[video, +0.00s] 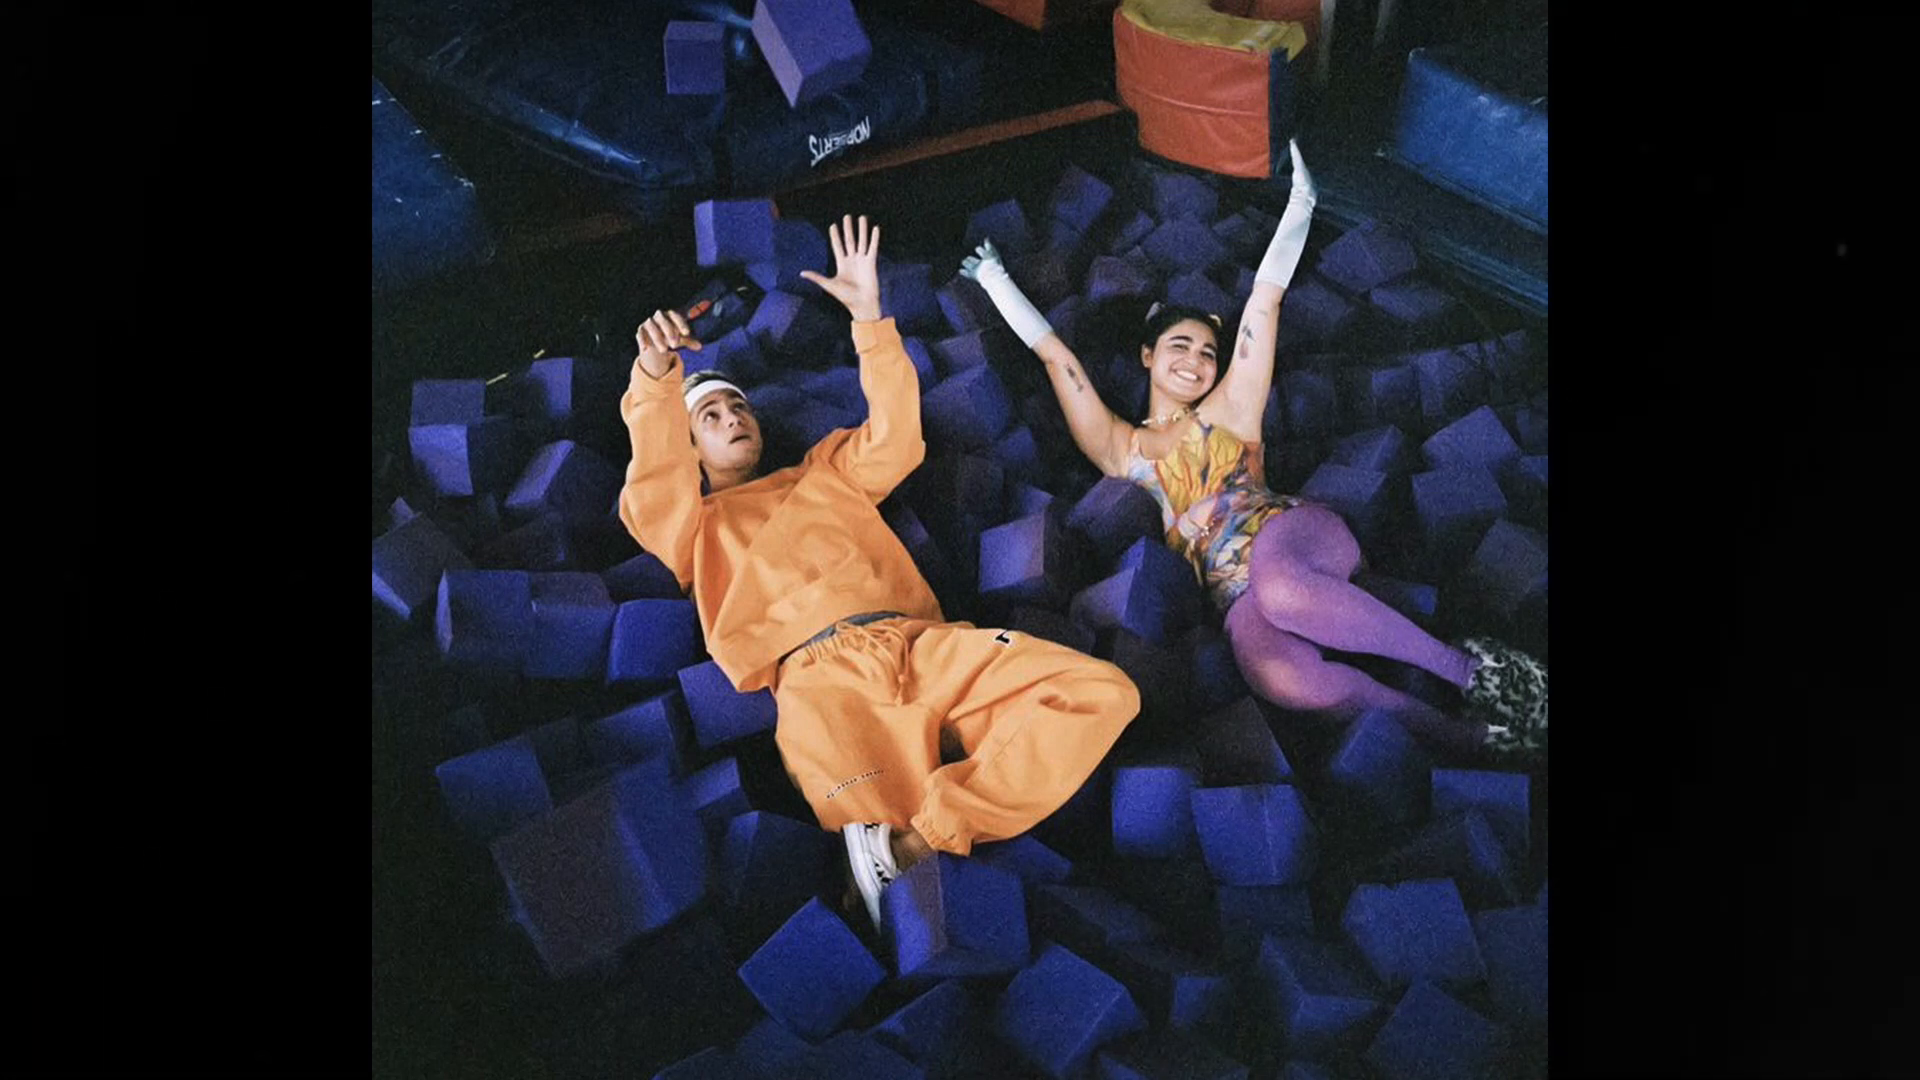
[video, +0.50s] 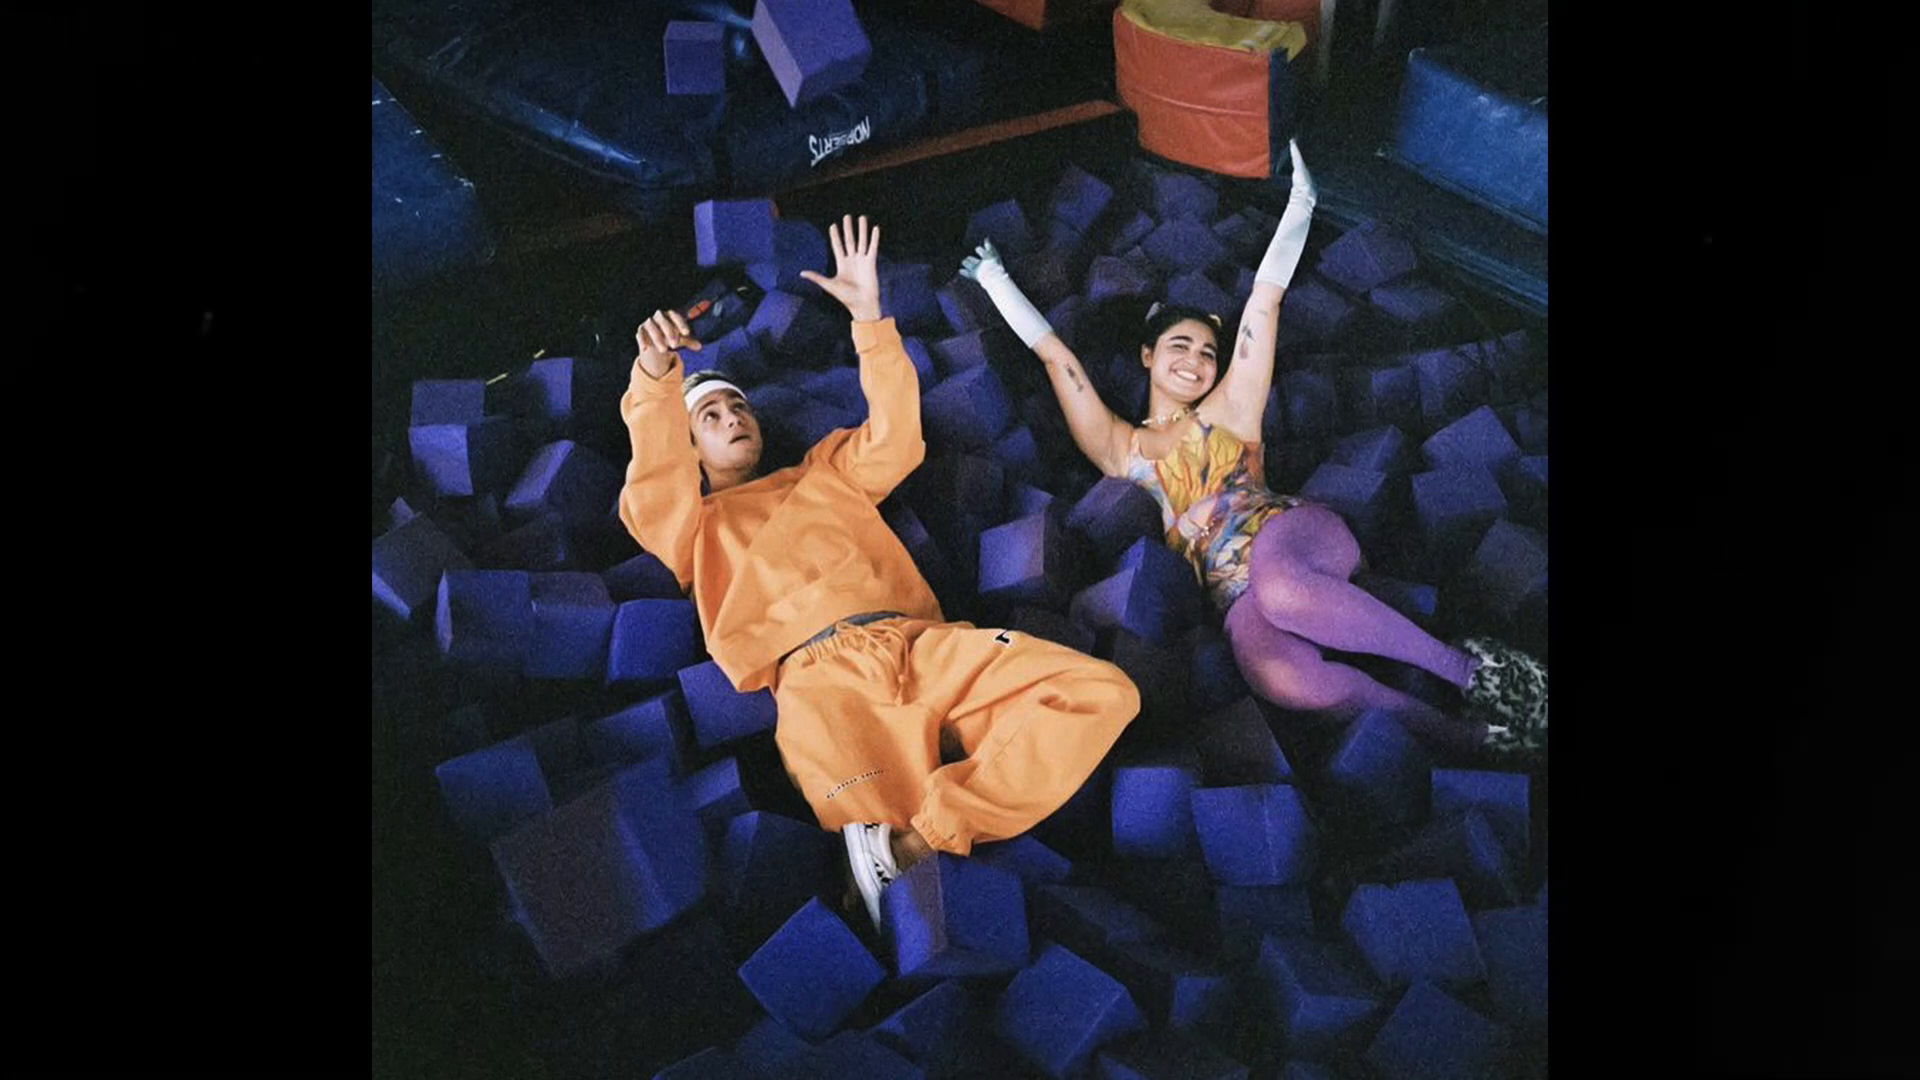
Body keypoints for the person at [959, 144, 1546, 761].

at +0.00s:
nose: (1191, 360)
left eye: (1205, 354)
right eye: (1176, 346)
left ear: (1216, 371)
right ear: (1145, 358)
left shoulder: (1230, 411)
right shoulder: (1122, 449)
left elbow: (1264, 305)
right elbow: (1058, 360)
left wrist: (1299, 208)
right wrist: (992, 278)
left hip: (1287, 530)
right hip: (1238, 596)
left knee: (1279, 593)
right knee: (1288, 681)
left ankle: (1472, 671)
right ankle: (1463, 735)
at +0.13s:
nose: (1191, 360)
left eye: (1205, 354)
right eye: (1177, 346)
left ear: (1216, 371)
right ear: (1145, 357)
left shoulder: (1230, 411)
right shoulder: (1122, 448)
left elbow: (1263, 306)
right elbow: (1058, 359)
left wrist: (1298, 209)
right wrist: (992, 278)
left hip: (1287, 531)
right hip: (1238, 596)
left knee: (1280, 593)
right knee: (1288, 681)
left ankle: (1472, 671)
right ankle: (1466, 736)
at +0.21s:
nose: (1191, 360)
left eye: (1205, 354)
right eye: (1177, 346)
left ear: (1216, 371)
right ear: (1145, 357)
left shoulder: (1230, 411)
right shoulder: (1122, 448)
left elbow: (1263, 306)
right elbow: (1058, 359)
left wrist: (1298, 209)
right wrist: (992, 278)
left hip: (1287, 531)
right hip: (1238, 596)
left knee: (1280, 593)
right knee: (1288, 681)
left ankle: (1472, 671)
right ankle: (1466, 736)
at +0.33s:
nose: (1191, 360)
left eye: (1205, 354)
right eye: (1176, 346)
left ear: (1216, 371)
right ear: (1144, 358)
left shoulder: (1230, 411)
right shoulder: (1122, 449)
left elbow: (1264, 305)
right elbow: (1058, 360)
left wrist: (1299, 208)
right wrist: (992, 278)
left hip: (1287, 530)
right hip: (1238, 596)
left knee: (1279, 593)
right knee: (1288, 681)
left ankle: (1471, 671)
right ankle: (1464, 735)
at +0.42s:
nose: (1191, 360)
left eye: (1205, 354)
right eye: (1177, 346)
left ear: (1216, 371)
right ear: (1145, 357)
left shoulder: (1230, 411)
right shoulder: (1122, 448)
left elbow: (1264, 306)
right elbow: (1057, 359)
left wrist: (1298, 209)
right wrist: (991, 278)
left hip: (1287, 531)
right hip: (1238, 596)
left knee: (1278, 593)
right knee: (1287, 680)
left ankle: (1471, 671)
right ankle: (1463, 735)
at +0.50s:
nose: (1191, 360)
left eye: (1205, 354)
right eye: (1177, 346)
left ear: (1216, 371)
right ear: (1145, 357)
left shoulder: (1230, 411)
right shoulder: (1122, 448)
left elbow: (1264, 306)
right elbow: (1057, 359)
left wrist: (1298, 209)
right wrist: (991, 278)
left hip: (1287, 531)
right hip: (1238, 596)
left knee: (1278, 593)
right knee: (1287, 680)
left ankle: (1471, 671)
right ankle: (1463, 735)